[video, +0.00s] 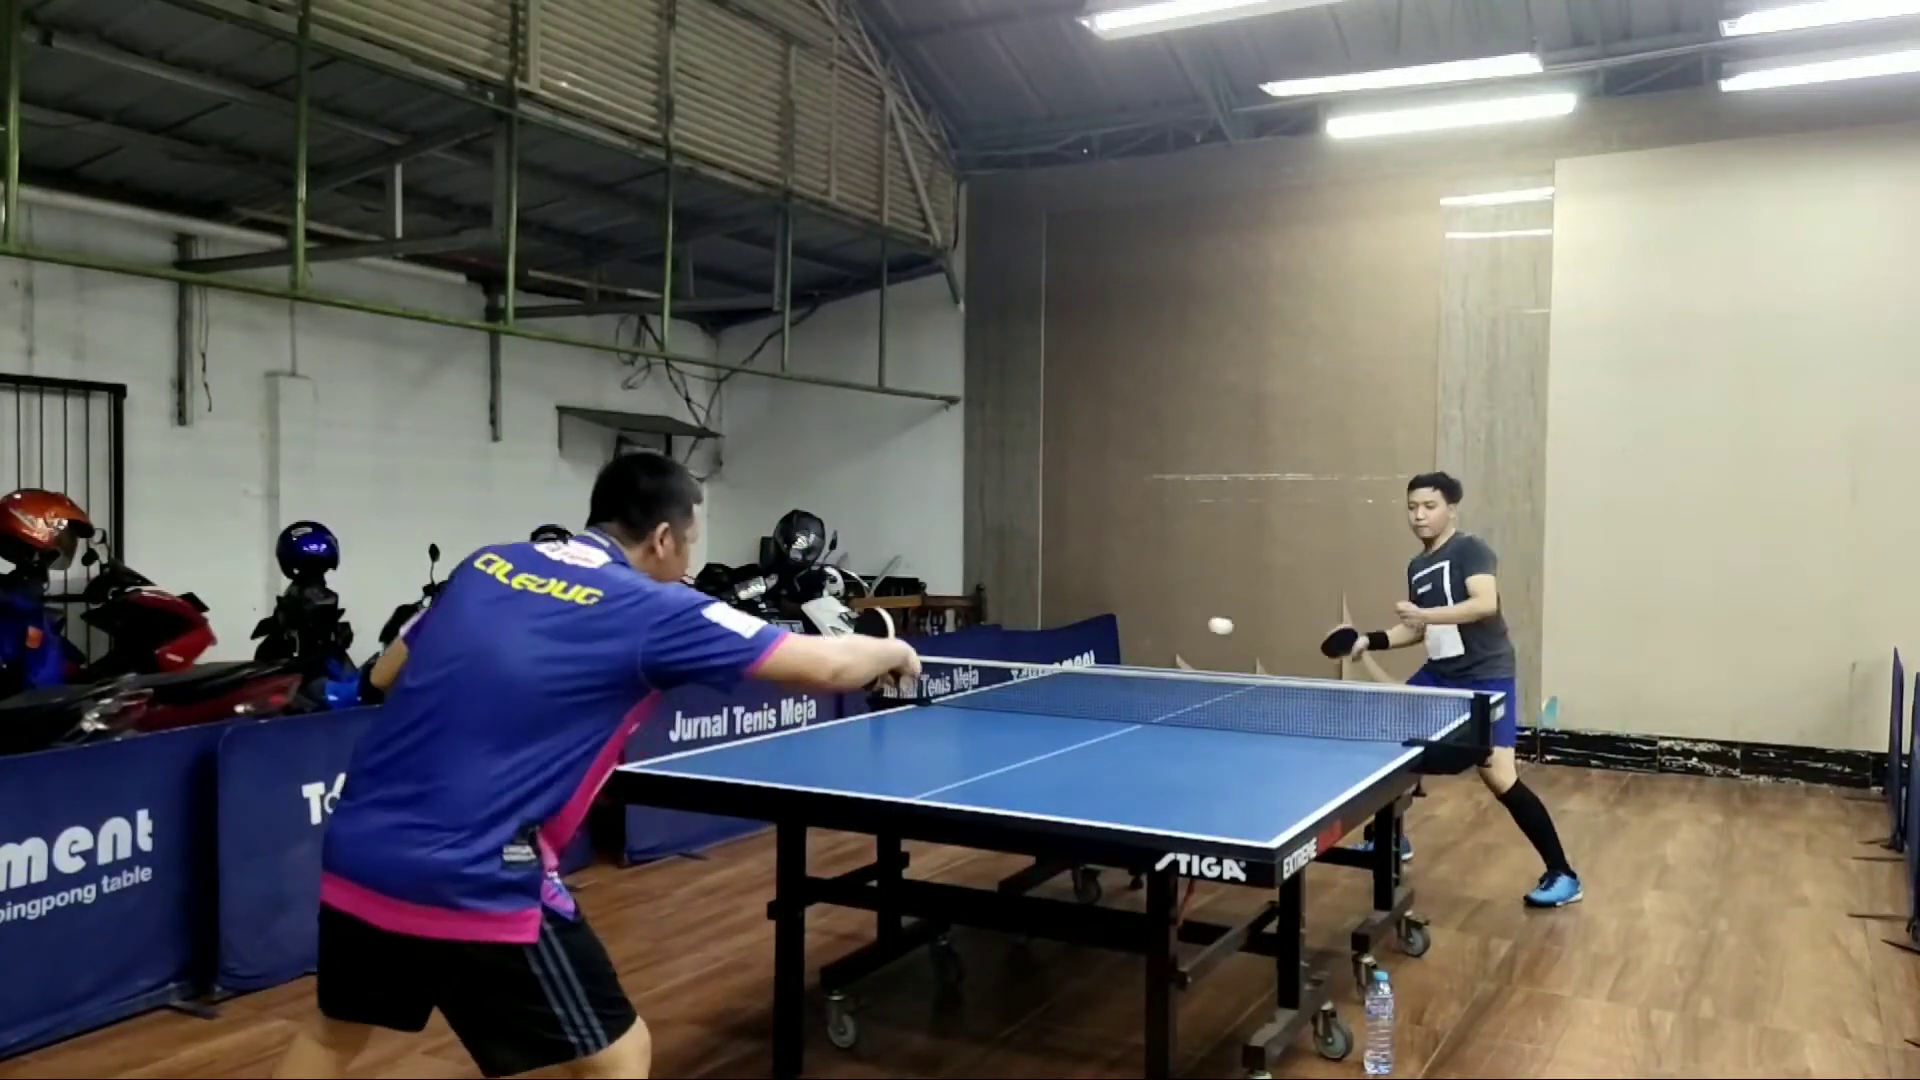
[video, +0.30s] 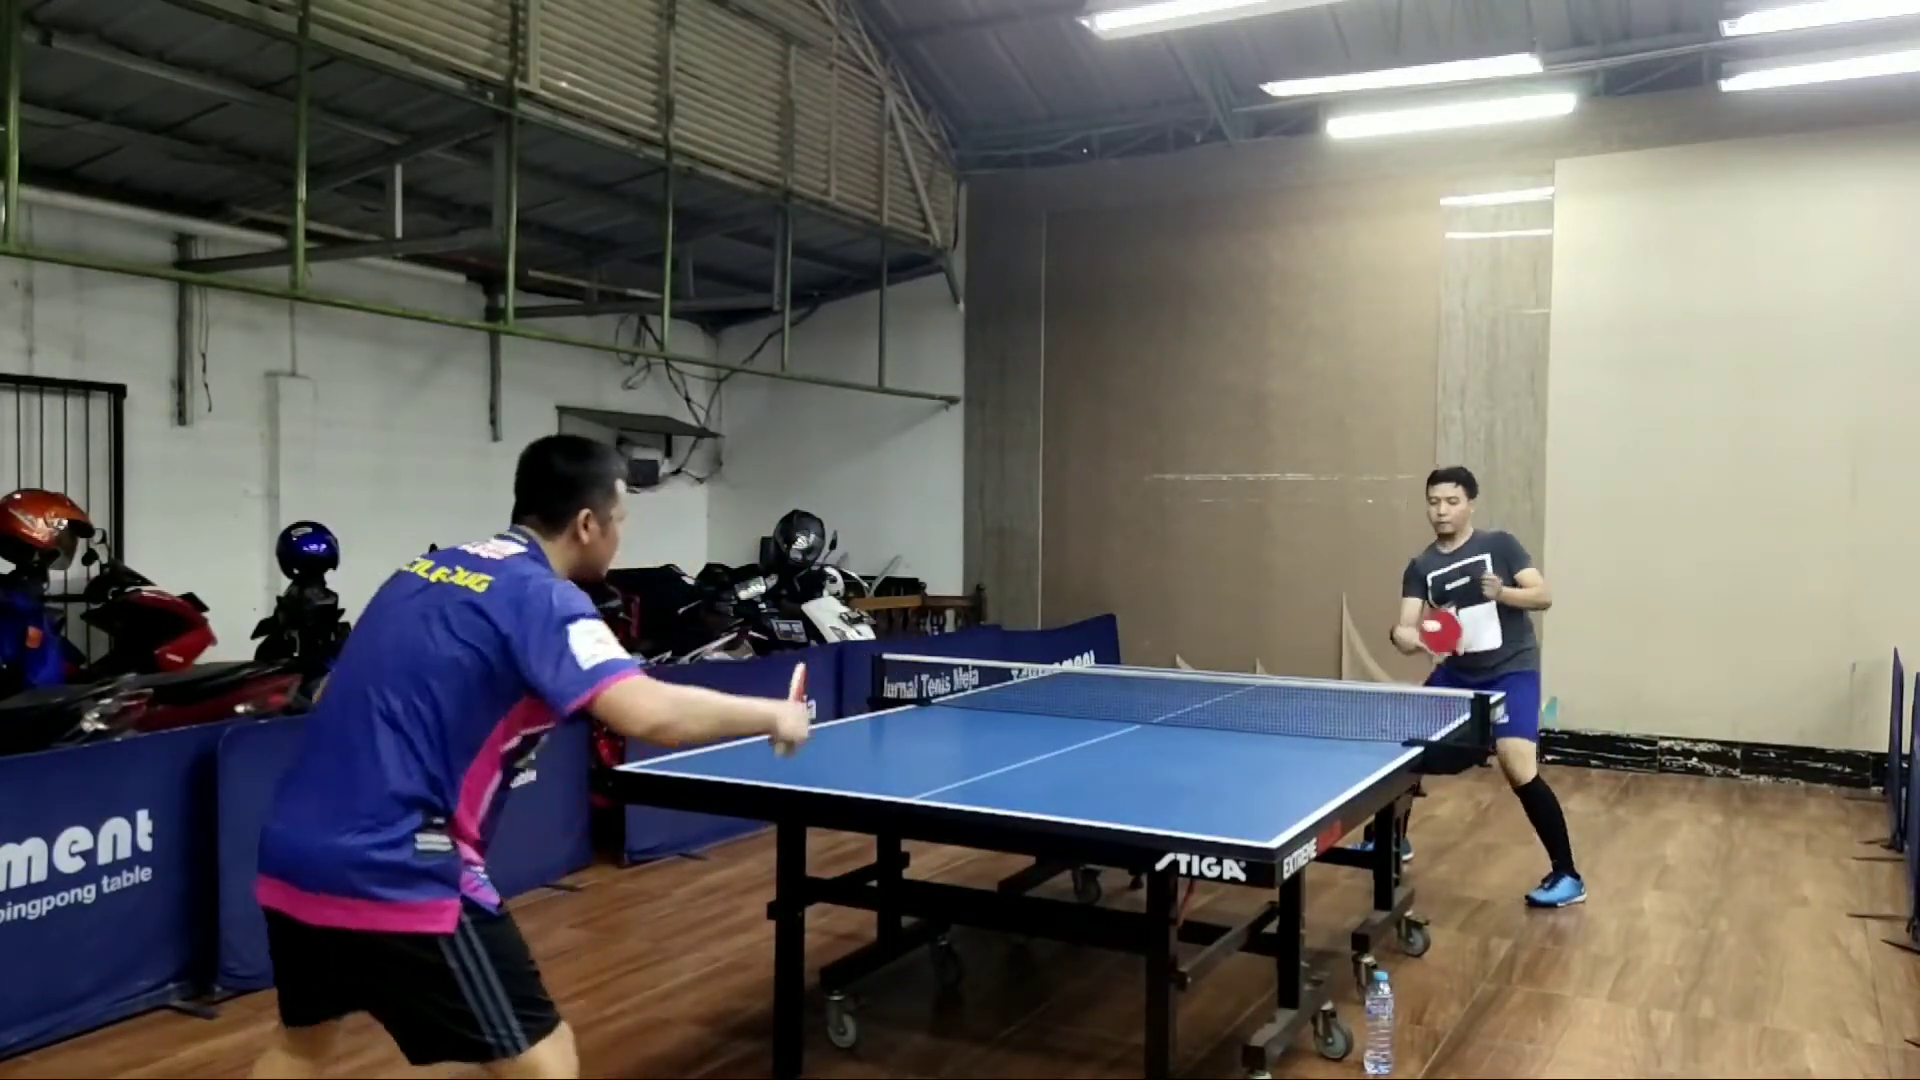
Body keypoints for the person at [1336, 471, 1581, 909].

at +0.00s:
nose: (1419, 515)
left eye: (1429, 506)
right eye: (1413, 508)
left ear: (1451, 509)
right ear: (1408, 513)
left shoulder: (1470, 550)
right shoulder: (1417, 568)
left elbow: (1486, 604)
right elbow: (1414, 630)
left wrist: (1425, 615)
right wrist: (1367, 640)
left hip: (1487, 675)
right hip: (1439, 673)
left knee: (1499, 775)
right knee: (1379, 735)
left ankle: (1561, 873)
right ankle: (1390, 836)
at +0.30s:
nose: (1441, 509)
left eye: (1451, 501)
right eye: (1434, 502)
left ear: (1471, 505)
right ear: (1428, 508)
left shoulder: (1500, 545)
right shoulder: (1422, 567)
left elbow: (1542, 595)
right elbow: (1402, 630)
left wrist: (1502, 593)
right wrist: (1413, 640)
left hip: (1511, 670)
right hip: (1454, 671)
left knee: (1515, 762)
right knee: (1401, 744)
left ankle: (1566, 874)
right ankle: (1388, 838)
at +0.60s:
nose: (1473, 488)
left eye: (1484, 480)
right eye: (1468, 480)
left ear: (1504, 487)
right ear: (1459, 486)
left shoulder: (1530, 533)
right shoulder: (1444, 543)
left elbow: (1573, 583)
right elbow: (1391, 578)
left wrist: (1564, 605)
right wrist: (1354, 561)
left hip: (1529, 662)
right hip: (1471, 662)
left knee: (1539, 754)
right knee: (1437, 746)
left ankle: (1570, 874)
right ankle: (1414, 836)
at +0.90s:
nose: (1444, 489)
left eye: (1454, 481)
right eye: (1438, 481)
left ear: (1476, 486)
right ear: (1433, 487)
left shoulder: (1498, 534)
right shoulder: (1422, 542)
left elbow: (1525, 594)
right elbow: (1380, 587)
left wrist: (1476, 613)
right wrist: (1340, 597)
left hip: (1495, 667)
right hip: (1437, 664)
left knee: (1522, 758)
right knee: (1410, 746)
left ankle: (1564, 869)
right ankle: (1411, 836)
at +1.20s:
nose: (1422, 502)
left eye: (1432, 493)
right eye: (1417, 495)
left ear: (1458, 498)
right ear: (1416, 502)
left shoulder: (1481, 537)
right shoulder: (1427, 561)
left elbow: (1493, 589)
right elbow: (1418, 623)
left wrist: (1427, 603)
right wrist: (1371, 641)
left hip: (1510, 666)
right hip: (1458, 666)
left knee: (1526, 761)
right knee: (1409, 738)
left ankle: (1570, 873)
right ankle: (1410, 840)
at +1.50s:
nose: (1366, 552)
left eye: (1373, 543)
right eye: (1364, 545)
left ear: (1402, 545)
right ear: (1396, 548)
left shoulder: (1408, 571)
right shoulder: (1408, 577)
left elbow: (1376, 610)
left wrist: (1312, 626)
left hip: (1478, 689)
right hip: (1441, 689)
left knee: (1494, 792)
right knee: (1384, 750)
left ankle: (1566, 877)